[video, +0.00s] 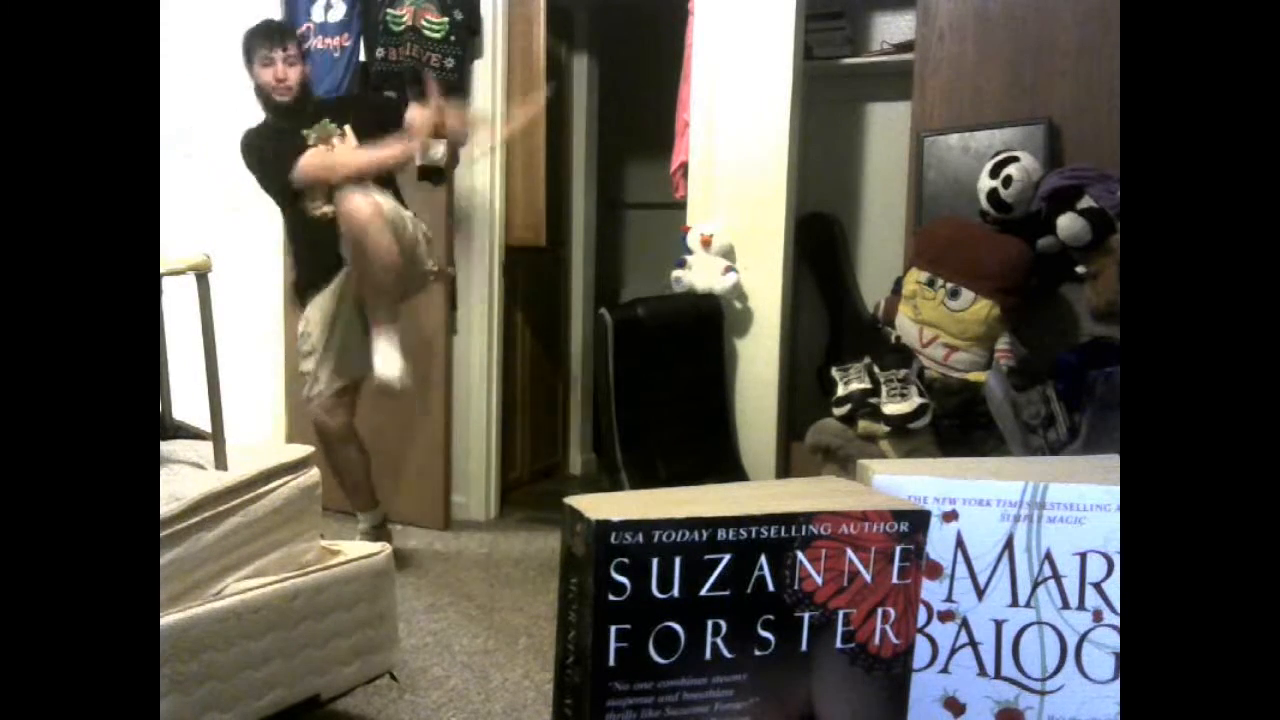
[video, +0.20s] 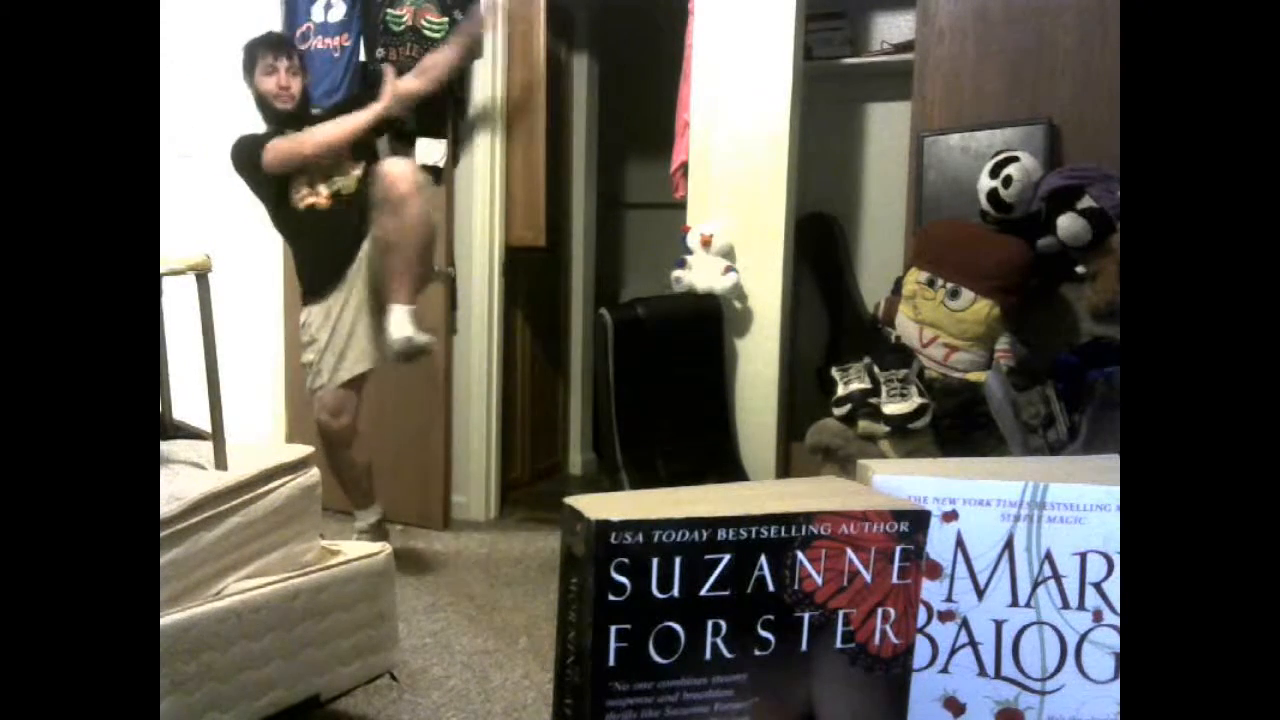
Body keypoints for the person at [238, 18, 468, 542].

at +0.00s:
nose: (282, 74)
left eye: (290, 61)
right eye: (269, 64)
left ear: (305, 64)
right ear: (252, 73)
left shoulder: (353, 108)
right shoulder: (259, 142)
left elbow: (425, 119)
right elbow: (322, 169)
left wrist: (446, 120)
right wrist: (408, 143)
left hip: (391, 256)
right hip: (328, 285)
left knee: (357, 203)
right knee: (329, 418)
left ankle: (382, 329)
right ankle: (374, 525)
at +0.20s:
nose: (283, 81)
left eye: (291, 70)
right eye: (270, 72)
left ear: (304, 77)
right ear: (252, 84)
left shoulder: (343, 118)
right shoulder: (250, 150)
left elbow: (416, 85)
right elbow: (306, 149)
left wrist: (470, 30)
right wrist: (381, 109)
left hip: (378, 254)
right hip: (328, 294)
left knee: (400, 173)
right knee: (333, 420)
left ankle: (400, 317)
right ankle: (370, 522)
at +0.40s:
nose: (273, 89)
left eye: (279, 80)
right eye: (259, 83)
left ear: (292, 87)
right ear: (242, 97)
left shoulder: (333, 126)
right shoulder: (244, 170)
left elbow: (415, 97)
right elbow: (296, 157)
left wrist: (444, 31)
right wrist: (351, 106)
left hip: (387, 253)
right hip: (335, 301)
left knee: (415, 177)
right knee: (340, 423)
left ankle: (430, 323)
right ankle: (372, 527)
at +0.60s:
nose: (252, 99)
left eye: (254, 88)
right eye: (239, 99)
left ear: (270, 91)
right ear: (229, 121)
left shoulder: (330, 125)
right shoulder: (246, 179)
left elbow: (410, 149)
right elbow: (283, 152)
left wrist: (363, 81)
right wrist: (320, 104)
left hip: (394, 253)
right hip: (340, 302)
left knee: (431, 164)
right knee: (343, 419)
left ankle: (448, 313)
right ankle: (372, 527)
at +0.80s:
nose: (267, 93)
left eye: (265, 86)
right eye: (253, 94)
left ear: (278, 94)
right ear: (239, 117)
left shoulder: (339, 129)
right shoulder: (253, 173)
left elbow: (373, 74)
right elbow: (263, 112)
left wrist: (340, 17)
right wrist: (293, 40)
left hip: (392, 246)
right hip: (338, 289)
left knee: (434, 148)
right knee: (341, 415)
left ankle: (441, 289)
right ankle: (369, 518)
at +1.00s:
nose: (262, 92)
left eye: (265, 81)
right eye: (251, 92)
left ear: (286, 85)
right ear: (247, 114)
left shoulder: (339, 114)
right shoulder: (262, 182)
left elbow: (362, 28)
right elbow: (210, 168)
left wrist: (311, 4)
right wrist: (212, 103)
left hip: (390, 250)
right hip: (337, 297)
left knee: (415, 168)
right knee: (344, 414)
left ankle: (425, 311)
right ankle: (372, 524)